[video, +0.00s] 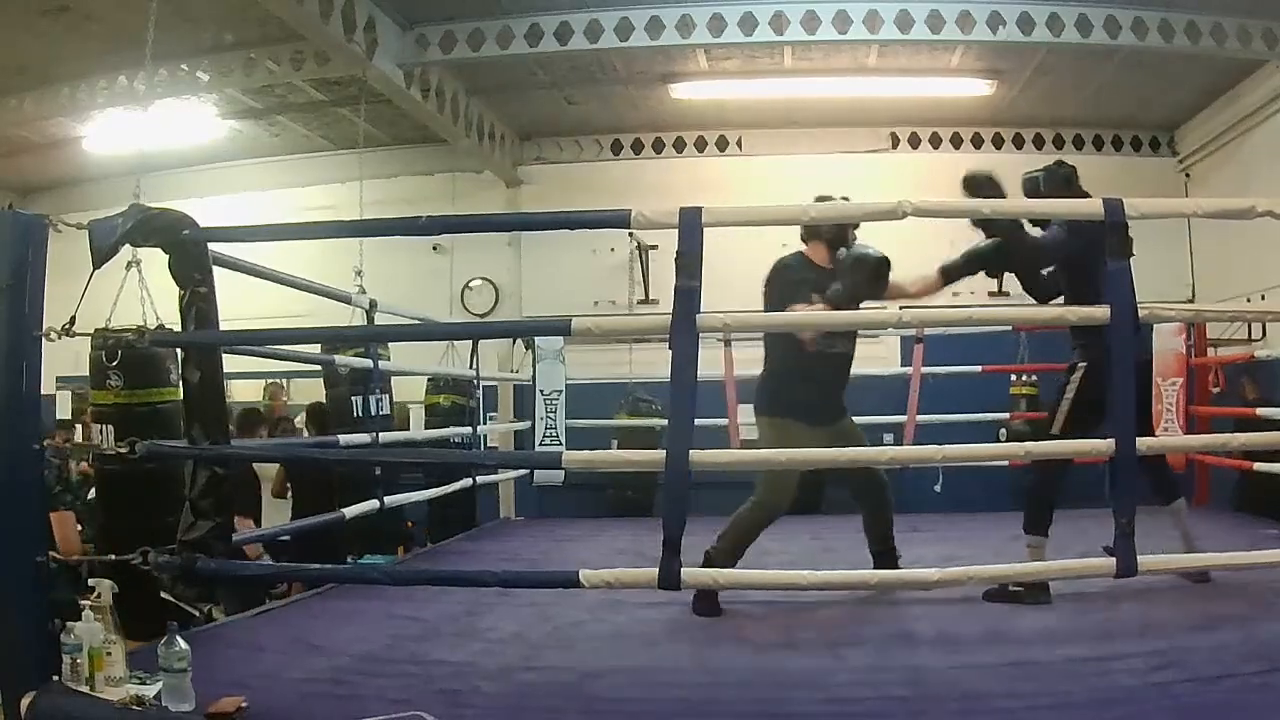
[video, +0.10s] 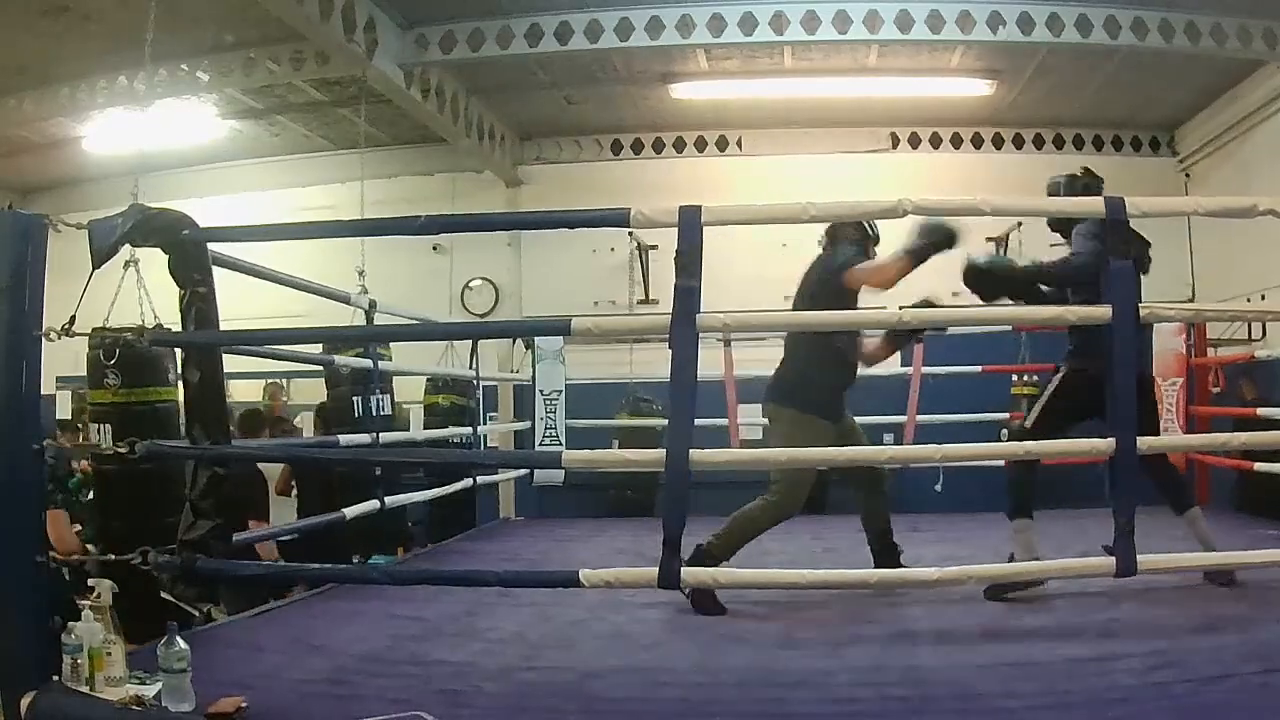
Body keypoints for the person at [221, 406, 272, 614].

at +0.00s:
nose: (266, 442)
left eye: (266, 436)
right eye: (265, 436)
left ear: (237, 432)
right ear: (259, 434)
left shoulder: (223, 461)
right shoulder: (244, 471)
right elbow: (243, 525)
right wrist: (267, 565)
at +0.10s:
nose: (269, 439)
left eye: (268, 434)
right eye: (267, 434)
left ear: (238, 432)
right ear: (264, 434)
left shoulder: (220, 464)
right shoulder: (252, 475)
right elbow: (259, 535)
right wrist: (282, 574)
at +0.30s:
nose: (283, 435)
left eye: (281, 430)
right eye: (280, 430)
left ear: (247, 434)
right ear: (274, 434)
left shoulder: (227, 471)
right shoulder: (270, 479)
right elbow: (282, 537)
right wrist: (300, 572)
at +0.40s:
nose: (282, 433)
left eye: (280, 428)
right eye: (280, 428)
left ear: (248, 432)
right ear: (275, 432)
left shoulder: (227, 471)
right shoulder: (273, 478)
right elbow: (286, 534)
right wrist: (306, 574)